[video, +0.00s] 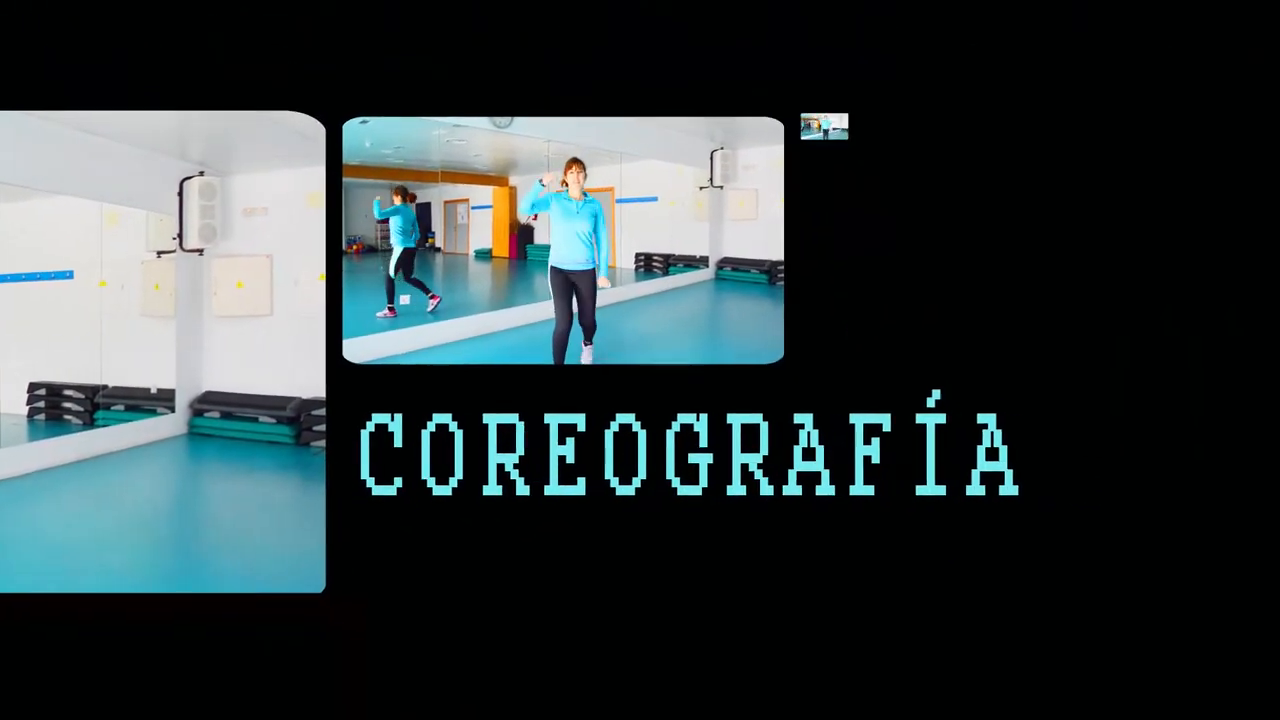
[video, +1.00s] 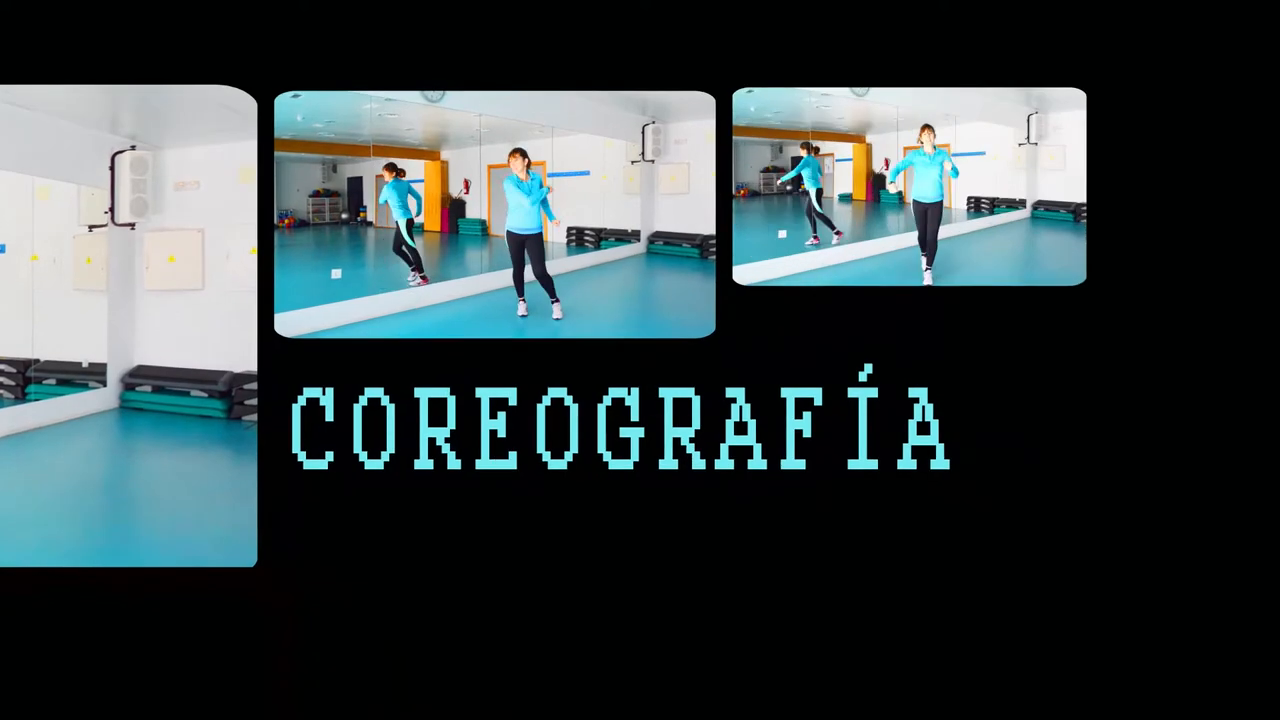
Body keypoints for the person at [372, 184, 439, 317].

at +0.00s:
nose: (393, 199)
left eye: (394, 196)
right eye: (393, 196)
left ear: (398, 196)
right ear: (405, 197)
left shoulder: (397, 209)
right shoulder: (411, 212)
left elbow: (379, 215)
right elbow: (417, 232)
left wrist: (376, 202)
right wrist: (412, 242)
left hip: (400, 247)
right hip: (411, 247)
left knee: (390, 276)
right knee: (408, 277)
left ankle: (390, 308)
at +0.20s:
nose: (399, 197)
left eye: (400, 194)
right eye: (399, 194)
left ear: (405, 193)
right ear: (409, 194)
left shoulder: (408, 205)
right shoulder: (415, 206)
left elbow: (401, 219)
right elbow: (414, 229)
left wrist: (392, 216)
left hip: (414, 242)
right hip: (421, 241)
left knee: (406, 272)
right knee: (424, 271)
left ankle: (395, 302)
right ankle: (436, 300)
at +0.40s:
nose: (403, 190)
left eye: (403, 187)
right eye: (403, 187)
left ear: (408, 187)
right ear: (414, 187)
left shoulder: (410, 200)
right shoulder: (421, 199)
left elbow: (398, 215)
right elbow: (427, 217)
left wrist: (383, 225)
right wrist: (414, 217)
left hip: (419, 235)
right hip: (423, 234)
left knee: (423, 266)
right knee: (416, 265)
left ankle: (442, 292)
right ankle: (423, 296)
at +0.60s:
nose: (403, 195)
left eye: (404, 193)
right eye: (403, 193)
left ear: (410, 193)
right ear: (414, 193)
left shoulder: (409, 205)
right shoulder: (423, 205)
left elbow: (393, 218)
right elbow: (434, 218)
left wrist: (374, 224)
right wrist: (421, 221)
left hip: (424, 241)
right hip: (424, 240)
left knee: (433, 267)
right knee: (408, 262)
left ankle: (454, 291)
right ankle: (410, 294)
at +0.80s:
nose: (396, 181)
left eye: (397, 178)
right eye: (396, 178)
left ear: (402, 178)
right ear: (407, 178)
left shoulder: (401, 192)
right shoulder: (417, 189)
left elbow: (394, 214)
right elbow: (429, 203)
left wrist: (396, 211)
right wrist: (426, 219)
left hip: (415, 225)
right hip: (419, 223)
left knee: (424, 254)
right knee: (402, 250)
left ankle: (437, 283)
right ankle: (409, 280)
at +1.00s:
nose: (383, 176)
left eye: (384, 173)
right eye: (383, 173)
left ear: (391, 173)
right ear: (395, 173)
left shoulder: (388, 187)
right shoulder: (405, 183)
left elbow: (381, 200)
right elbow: (418, 197)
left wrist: (387, 191)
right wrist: (418, 211)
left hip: (402, 220)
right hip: (408, 218)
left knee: (410, 247)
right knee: (397, 248)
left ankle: (422, 276)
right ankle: (414, 269)